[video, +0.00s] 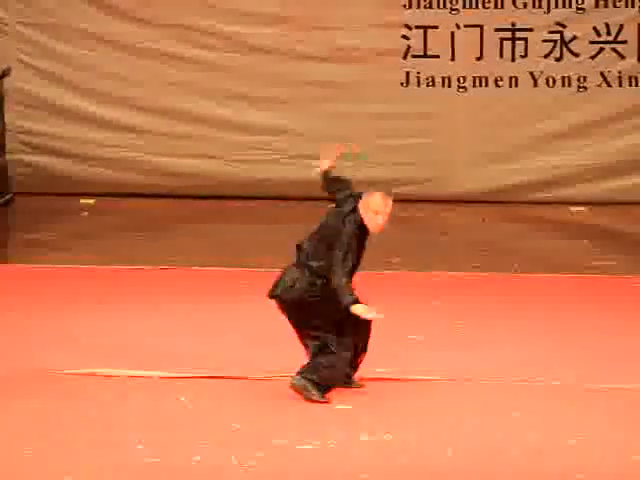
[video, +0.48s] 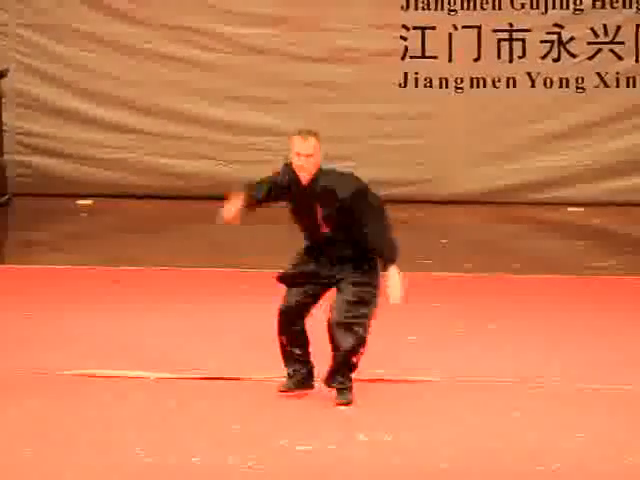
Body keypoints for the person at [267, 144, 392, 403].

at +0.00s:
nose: (383, 222)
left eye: (386, 215)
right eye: (380, 215)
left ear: (366, 203)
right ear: (367, 210)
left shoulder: (352, 202)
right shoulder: (350, 230)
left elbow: (339, 187)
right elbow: (339, 274)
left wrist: (327, 171)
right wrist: (353, 304)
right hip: (302, 291)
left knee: (360, 322)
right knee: (348, 332)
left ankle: (343, 373)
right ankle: (311, 379)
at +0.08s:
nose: (386, 195)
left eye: (387, 188)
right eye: (384, 188)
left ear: (359, 183)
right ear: (371, 187)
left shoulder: (329, 200)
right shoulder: (357, 217)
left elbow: (296, 207)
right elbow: (364, 257)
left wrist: (268, 221)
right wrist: (380, 294)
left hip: (293, 280)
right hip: (319, 282)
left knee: (306, 330)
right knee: (335, 339)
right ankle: (314, 376)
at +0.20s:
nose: (308, 149)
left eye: (310, 144)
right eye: (311, 144)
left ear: (318, 147)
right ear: (339, 146)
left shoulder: (300, 182)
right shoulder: (364, 182)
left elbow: (294, 224)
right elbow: (383, 224)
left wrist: (297, 261)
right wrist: (391, 264)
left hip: (318, 268)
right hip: (355, 265)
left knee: (300, 327)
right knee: (345, 314)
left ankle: (325, 376)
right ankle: (338, 368)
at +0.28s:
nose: (288, 147)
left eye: (292, 140)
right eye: (288, 140)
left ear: (308, 140)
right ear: (313, 141)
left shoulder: (314, 172)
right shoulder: (337, 166)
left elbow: (329, 213)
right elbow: (371, 189)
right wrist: (390, 236)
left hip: (328, 259)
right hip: (351, 256)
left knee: (297, 324)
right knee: (331, 319)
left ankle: (334, 380)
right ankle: (328, 369)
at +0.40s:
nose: (296, 149)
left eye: (302, 142)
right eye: (292, 142)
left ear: (316, 142)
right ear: (289, 143)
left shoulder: (333, 172)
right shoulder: (302, 174)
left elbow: (365, 200)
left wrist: (387, 238)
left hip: (351, 252)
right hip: (323, 250)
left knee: (332, 315)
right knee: (301, 307)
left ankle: (338, 381)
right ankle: (306, 368)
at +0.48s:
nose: (302, 162)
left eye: (308, 156)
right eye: (297, 155)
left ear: (320, 156)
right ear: (290, 156)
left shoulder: (346, 187)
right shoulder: (289, 180)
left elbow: (376, 224)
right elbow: (266, 190)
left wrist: (390, 265)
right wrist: (243, 200)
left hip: (357, 260)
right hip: (319, 257)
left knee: (345, 322)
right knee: (290, 312)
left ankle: (342, 380)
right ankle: (299, 373)